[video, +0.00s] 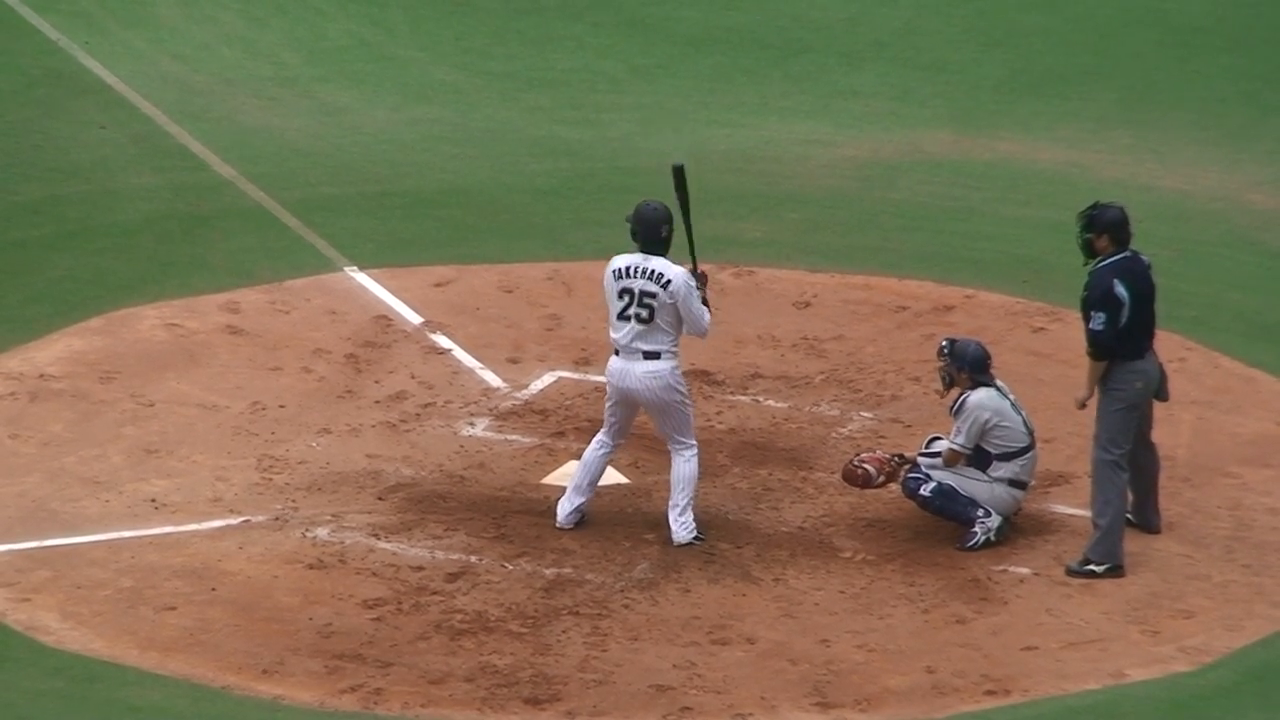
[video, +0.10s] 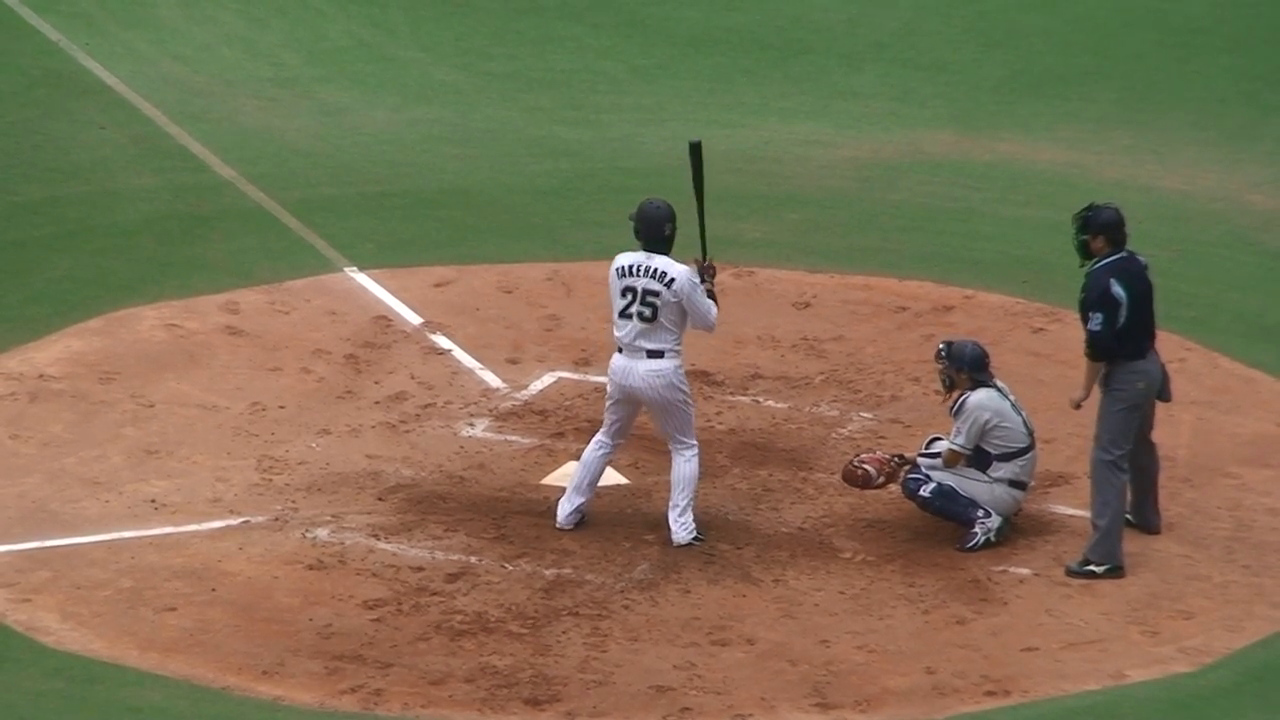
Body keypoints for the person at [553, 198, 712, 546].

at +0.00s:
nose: (631, 233)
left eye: (632, 229)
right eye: (669, 229)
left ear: (636, 234)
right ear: (669, 235)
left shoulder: (615, 267)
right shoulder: (677, 277)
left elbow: (645, 300)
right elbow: (699, 326)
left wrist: (687, 284)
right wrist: (700, 297)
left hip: (619, 369)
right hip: (660, 374)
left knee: (608, 437)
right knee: (683, 447)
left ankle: (568, 509)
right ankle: (682, 528)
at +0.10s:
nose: (634, 230)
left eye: (635, 226)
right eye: (672, 226)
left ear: (639, 232)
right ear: (672, 233)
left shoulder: (619, 265)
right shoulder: (681, 276)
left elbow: (654, 295)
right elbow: (706, 320)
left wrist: (694, 279)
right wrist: (705, 288)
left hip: (621, 368)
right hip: (663, 373)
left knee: (607, 436)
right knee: (684, 447)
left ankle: (567, 510)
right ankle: (682, 528)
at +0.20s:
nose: (639, 229)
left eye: (640, 225)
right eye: (678, 225)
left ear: (644, 231)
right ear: (677, 231)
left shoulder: (626, 264)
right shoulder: (687, 274)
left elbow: (665, 288)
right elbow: (717, 312)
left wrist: (703, 273)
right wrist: (716, 278)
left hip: (627, 366)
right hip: (668, 371)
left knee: (612, 435)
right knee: (687, 447)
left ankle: (571, 508)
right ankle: (682, 528)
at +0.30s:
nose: (685, 229)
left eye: (647, 225)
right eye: (685, 225)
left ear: (650, 230)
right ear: (684, 231)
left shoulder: (633, 263)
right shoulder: (695, 273)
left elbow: (675, 285)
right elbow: (730, 302)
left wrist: (715, 270)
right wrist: (726, 269)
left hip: (636, 365)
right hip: (676, 371)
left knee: (625, 431)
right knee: (688, 447)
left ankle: (583, 501)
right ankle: (683, 528)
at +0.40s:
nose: (689, 231)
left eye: (655, 225)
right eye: (688, 226)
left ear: (654, 230)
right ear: (688, 232)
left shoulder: (638, 263)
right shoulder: (703, 273)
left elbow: (680, 281)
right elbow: (738, 297)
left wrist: (720, 265)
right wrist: (737, 270)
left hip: (639, 365)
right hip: (680, 372)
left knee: (643, 422)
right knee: (690, 447)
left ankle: (605, 493)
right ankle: (683, 527)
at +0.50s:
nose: (654, 229)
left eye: (656, 225)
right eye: (693, 225)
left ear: (658, 230)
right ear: (692, 232)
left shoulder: (641, 262)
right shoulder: (704, 273)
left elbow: (685, 279)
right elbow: (745, 292)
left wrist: (727, 258)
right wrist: (742, 263)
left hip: (641, 365)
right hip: (680, 371)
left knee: (655, 414)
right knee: (691, 446)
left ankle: (628, 486)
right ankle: (683, 527)